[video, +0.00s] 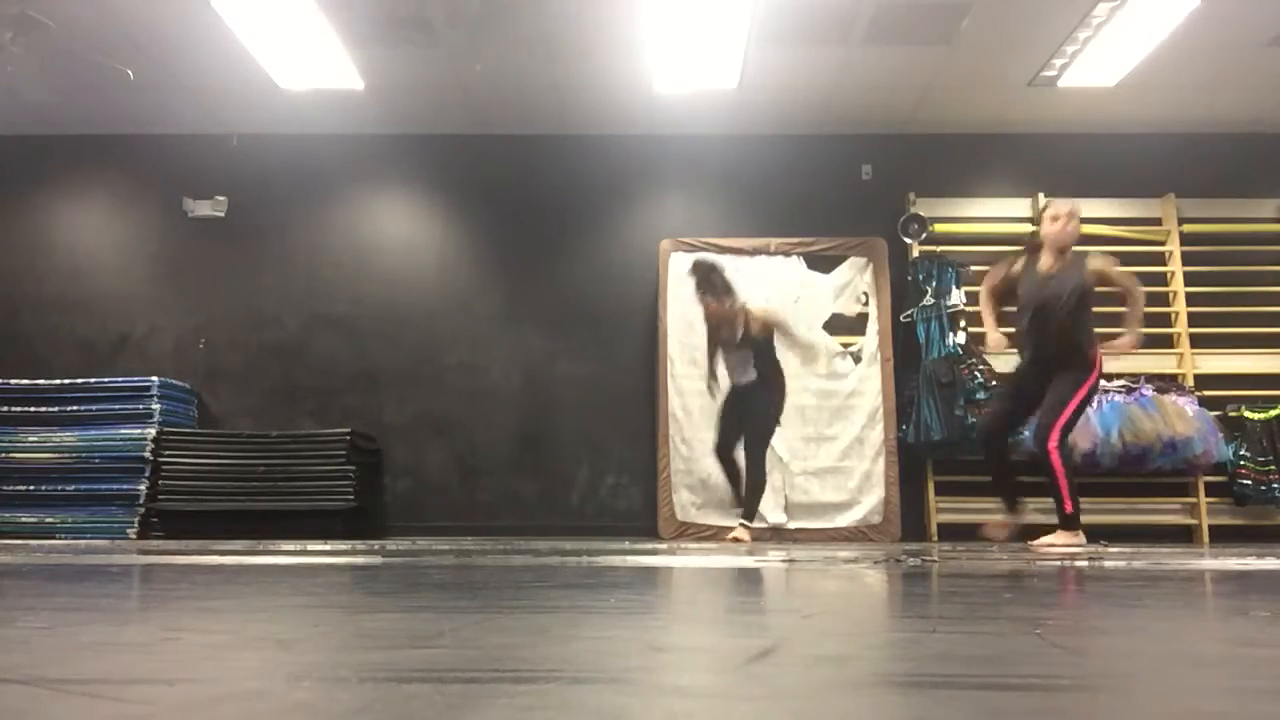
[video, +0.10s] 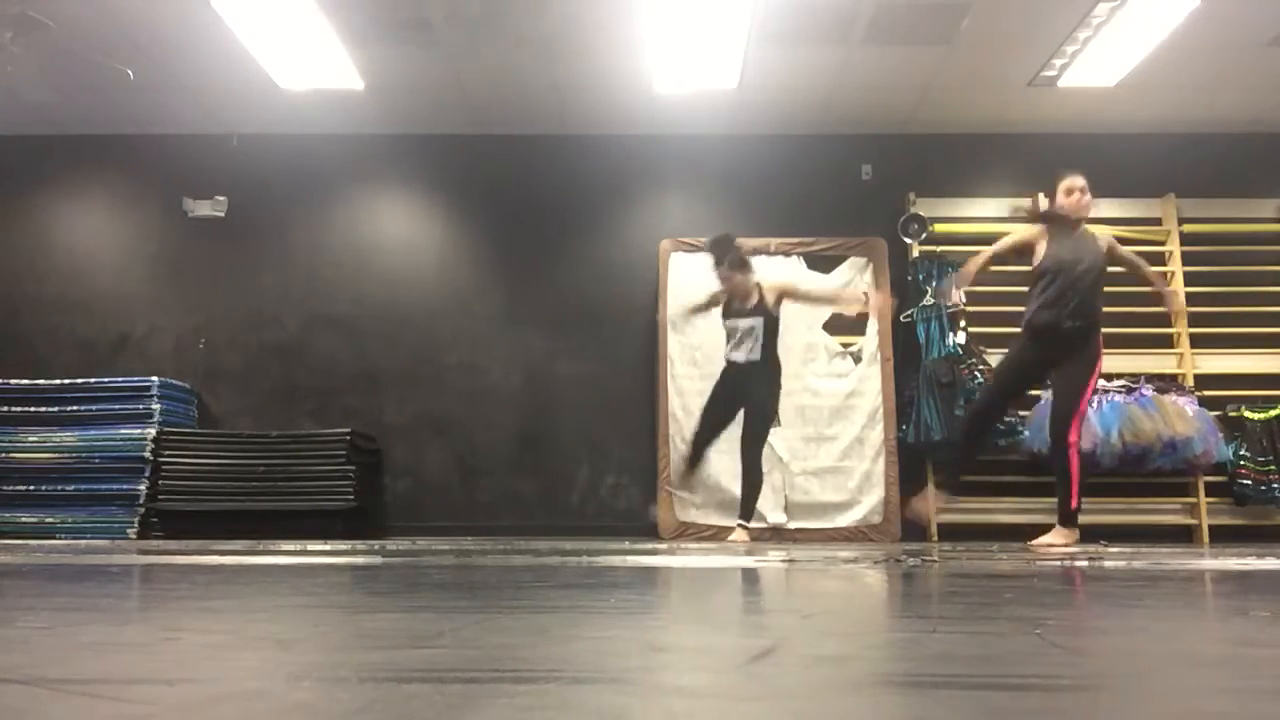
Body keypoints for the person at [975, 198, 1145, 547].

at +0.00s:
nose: (1062, 225)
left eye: (1070, 219)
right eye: (1054, 219)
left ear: (1079, 229)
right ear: (1040, 227)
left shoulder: (1091, 266)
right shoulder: (1022, 265)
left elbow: (1134, 290)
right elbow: (989, 287)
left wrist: (1131, 334)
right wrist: (992, 330)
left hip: (1078, 366)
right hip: (1036, 366)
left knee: (1047, 438)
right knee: (992, 430)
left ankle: (1071, 529)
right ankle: (1013, 512)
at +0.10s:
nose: (1080, 198)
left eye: (1085, 192)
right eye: (1071, 192)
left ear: (1092, 201)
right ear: (1052, 201)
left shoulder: (1103, 242)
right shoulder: (1037, 234)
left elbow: (1138, 267)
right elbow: (985, 257)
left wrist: (1166, 291)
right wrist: (959, 284)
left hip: (1080, 348)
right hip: (1035, 342)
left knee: (1064, 431)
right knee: (983, 409)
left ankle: (1067, 527)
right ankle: (941, 491)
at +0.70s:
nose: (1144, 212)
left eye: (1148, 205)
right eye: (1134, 208)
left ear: (1158, 212)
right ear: (1118, 221)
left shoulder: (1176, 249)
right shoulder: (1112, 273)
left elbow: (1182, 277)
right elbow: (1093, 333)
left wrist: (1172, 241)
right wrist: (1141, 348)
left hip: (1163, 358)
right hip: (1120, 357)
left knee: (1154, 441)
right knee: (1152, 430)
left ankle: (1073, 507)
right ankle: (1146, 526)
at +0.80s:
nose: (1189, 202)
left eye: (1193, 194)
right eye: (1179, 196)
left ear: (1201, 201)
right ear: (1161, 205)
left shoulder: (1217, 238)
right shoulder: (1144, 251)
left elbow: (1214, 290)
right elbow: (1087, 281)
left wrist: (1163, 314)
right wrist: (1099, 331)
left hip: (1189, 352)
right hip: (1149, 350)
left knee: (1232, 426)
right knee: (1160, 429)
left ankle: (1171, 496)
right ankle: (1145, 526)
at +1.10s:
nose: (1270, 233)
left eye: (1273, 226)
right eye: (1260, 228)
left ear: (1279, 236)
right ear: (1242, 241)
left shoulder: (1276, 285)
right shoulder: (1237, 291)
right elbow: (1225, 345)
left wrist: (1177, 335)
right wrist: (1177, 334)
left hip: (1271, 375)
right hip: (1236, 371)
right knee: (1202, 439)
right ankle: (1152, 519)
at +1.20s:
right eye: (1275, 236)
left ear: (1277, 243)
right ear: (1262, 246)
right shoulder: (1263, 297)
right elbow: (1272, 359)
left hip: (1266, 376)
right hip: (1232, 372)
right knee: (1210, 445)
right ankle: (1154, 526)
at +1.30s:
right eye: (1279, 253)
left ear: (1273, 256)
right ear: (1276, 256)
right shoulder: (1268, 286)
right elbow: (1242, 343)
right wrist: (1277, 353)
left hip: (1262, 382)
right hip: (1222, 377)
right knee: (1217, 445)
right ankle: (1162, 528)